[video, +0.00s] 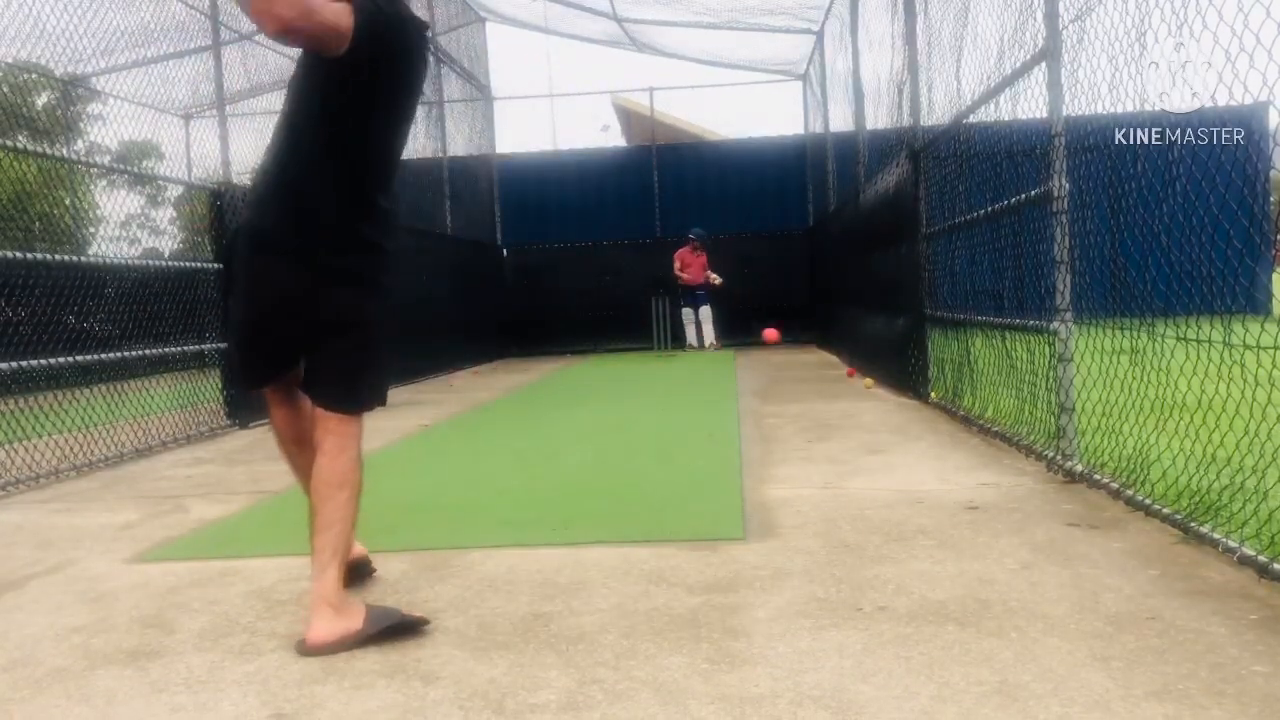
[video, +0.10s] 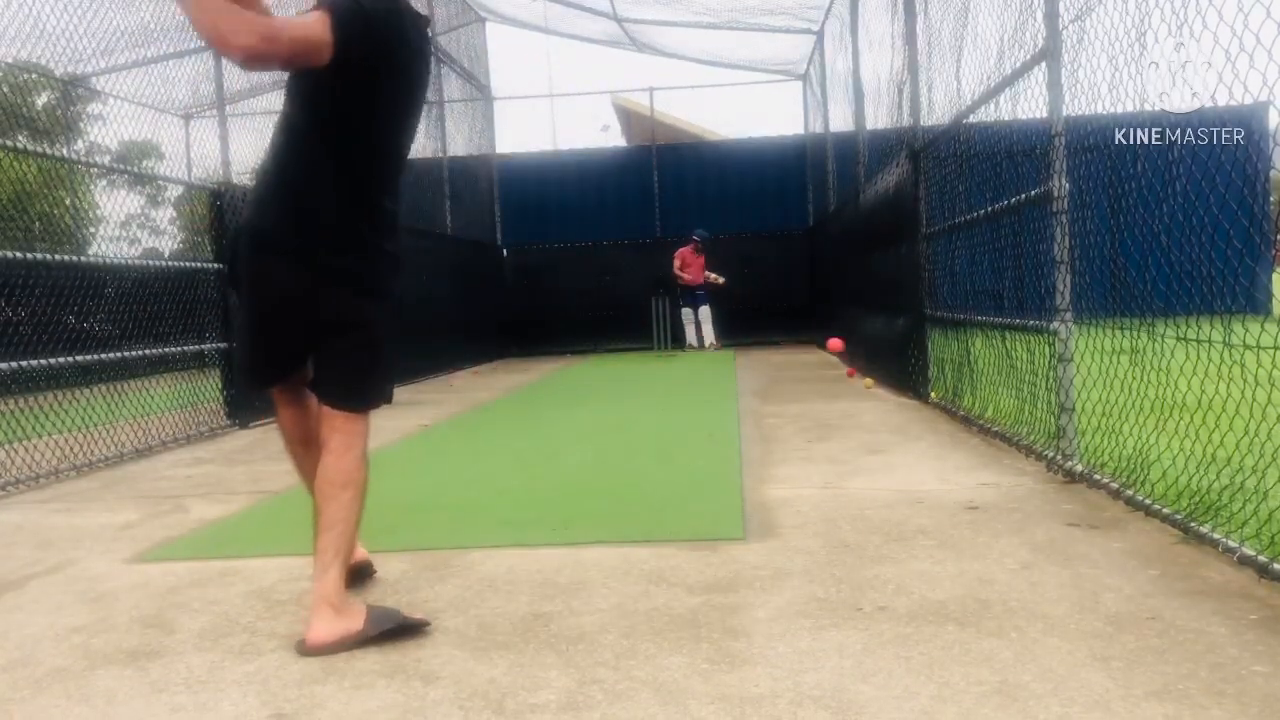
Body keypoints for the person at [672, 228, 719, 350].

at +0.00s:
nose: (695, 244)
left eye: (697, 241)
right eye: (694, 241)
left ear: (701, 242)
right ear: (691, 240)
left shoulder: (702, 254)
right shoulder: (680, 254)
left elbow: (706, 270)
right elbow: (676, 270)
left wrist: (712, 276)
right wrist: (684, 276)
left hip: (701, 286)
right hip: (686, 287)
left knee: (705, 314)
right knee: (688, 315)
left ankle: (709, 342)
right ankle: (691, 343)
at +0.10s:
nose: (702, 246)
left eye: (703, 244)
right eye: (701, 244)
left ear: (702, 244)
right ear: (695, 242)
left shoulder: (701, 255)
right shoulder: (681, 252)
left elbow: (701, 272)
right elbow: (676, 269)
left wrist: (713, 277)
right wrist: (685, 276)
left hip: (700, 287)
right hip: (686, 288)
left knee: (705, 315)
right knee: (688, 317)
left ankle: (709, 342)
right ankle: (691, 343)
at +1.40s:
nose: (702, 240)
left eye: (705, 237)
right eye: (701, 237)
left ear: (711, 237)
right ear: (698, 239)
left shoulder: (719, 252)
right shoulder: (696, 253)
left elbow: (725, 271)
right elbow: (693, 270)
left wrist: (714, 275)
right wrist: (699, 274)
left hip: (715, 285)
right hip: (701, 286)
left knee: (717, 313)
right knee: (699, 314)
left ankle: (721, 342)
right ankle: (699, 343)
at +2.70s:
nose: (706, 240)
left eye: (709, 237)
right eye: (704, 237)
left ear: (713, 238)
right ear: (700, 239)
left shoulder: (719, 252)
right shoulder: (695, 253)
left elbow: (724, 268)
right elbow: (690, 269)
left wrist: (725, 274)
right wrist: (698, 273)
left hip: (715, 285)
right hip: (700, 287)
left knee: (719, 313)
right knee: (700, 315)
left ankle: (725, 341)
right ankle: (702, 343)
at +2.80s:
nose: (705, 240)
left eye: (707, 237)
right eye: (703, 238)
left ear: (712, 238)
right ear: (700, 239)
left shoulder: (720, 252)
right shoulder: (695, 254)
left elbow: (726, 268)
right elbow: (692, 269)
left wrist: (725, 275)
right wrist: (699, 273)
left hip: (715, 285)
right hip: (701, 286)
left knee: (719, 314)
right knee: (700, 315)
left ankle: (725, 341)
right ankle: (702, 343)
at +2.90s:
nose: (702, 241)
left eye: (704, 238)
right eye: (701, 238)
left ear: (711, 238)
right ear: (701, 239)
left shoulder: (721, 252)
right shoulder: (697, 253)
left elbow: (728, 269)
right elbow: (694, 270)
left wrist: (724, 275)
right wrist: (700, 273)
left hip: (716, 284)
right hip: (702, 286)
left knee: (720, 312)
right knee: (701, 314)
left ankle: (725, 341)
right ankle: (702, 342)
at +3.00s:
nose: (704, 241)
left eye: (706, 239)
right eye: (703, 239)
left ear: (712, 239)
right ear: (702, 240)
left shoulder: (723, 251)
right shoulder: (699, 254)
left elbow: (730, 269)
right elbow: (696, 270)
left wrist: (724, 275)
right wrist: (702, 273)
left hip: (718, 285)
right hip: (704, 286)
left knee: (721, 312)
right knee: (702, 313)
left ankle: (725, 341)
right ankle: (702, 342)